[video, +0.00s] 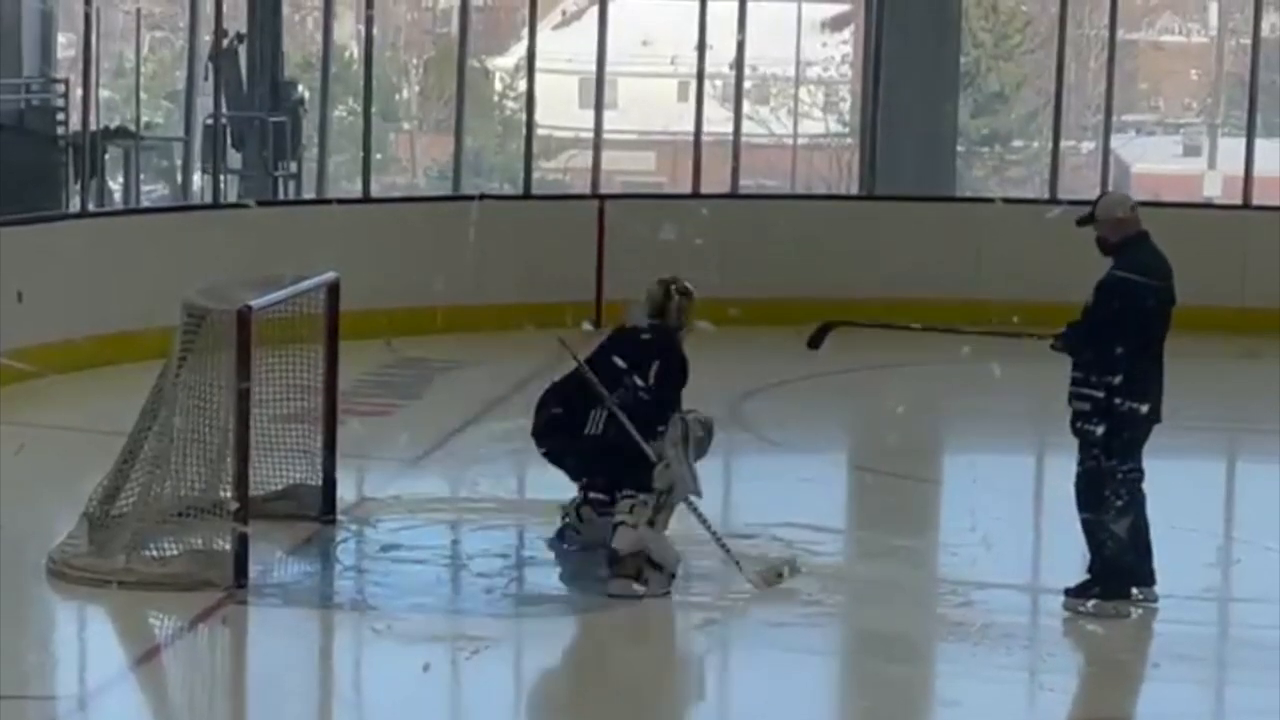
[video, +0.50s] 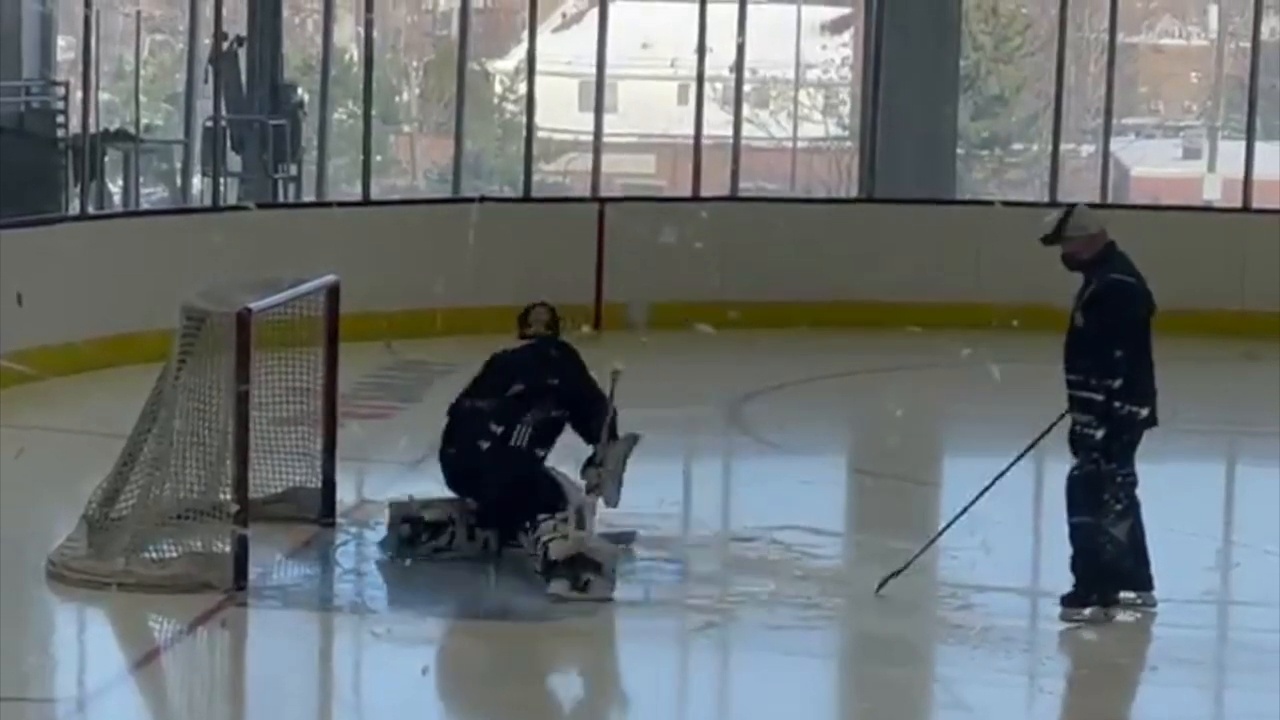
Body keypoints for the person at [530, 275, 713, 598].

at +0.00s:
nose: (688, 319)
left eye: (688, 311)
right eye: (687, 311)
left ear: (651, 308)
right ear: (680, 313)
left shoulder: (623, 337)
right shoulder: (670, 355)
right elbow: (662, 419)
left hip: (550, 420)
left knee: (604, 474)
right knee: (646, 472)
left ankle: (581, 535)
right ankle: (632, 562)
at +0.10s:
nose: (677, 323)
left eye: (677, 317)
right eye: (677, 317)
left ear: (637, 312)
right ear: (671, 320)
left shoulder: (609, 344)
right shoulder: (663, 359)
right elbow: (670, 432)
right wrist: (685, 477)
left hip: (548, 435)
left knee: (608, 507)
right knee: (654, 482)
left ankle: (539, 530)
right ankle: (648, 553)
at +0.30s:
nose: (622, 317)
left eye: (621, 312)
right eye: (618, 312)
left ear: (590, 331)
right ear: (622, 332)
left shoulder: (563, 354)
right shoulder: (620, 357)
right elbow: (658, 422)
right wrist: (675, 474)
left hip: (514, 460)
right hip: (563, 458)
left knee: (579, 530)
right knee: (628, 486)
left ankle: (500, 534)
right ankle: (621, 545)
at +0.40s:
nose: (584, 325)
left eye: (585, 319)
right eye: (580, 320)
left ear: (557, 335)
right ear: (591, 334)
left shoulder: (532, 361)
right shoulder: (595, 365)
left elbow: (498, 411)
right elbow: (635, 420)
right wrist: (641, 458)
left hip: (490, 467)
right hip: (543, 468)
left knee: (545, 528)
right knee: (591, 504)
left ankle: (467, 535)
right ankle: (594, 548)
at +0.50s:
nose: (540, 322)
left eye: (542, 319)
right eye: (536, 318)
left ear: (522, 335)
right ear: (557, 333)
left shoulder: (501, 359)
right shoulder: (561, 358)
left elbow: (464, 406)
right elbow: (594, 411)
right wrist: (607, 449)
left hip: (456, 460)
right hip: (506, 464)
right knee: (558, 505)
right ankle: (561, 550)